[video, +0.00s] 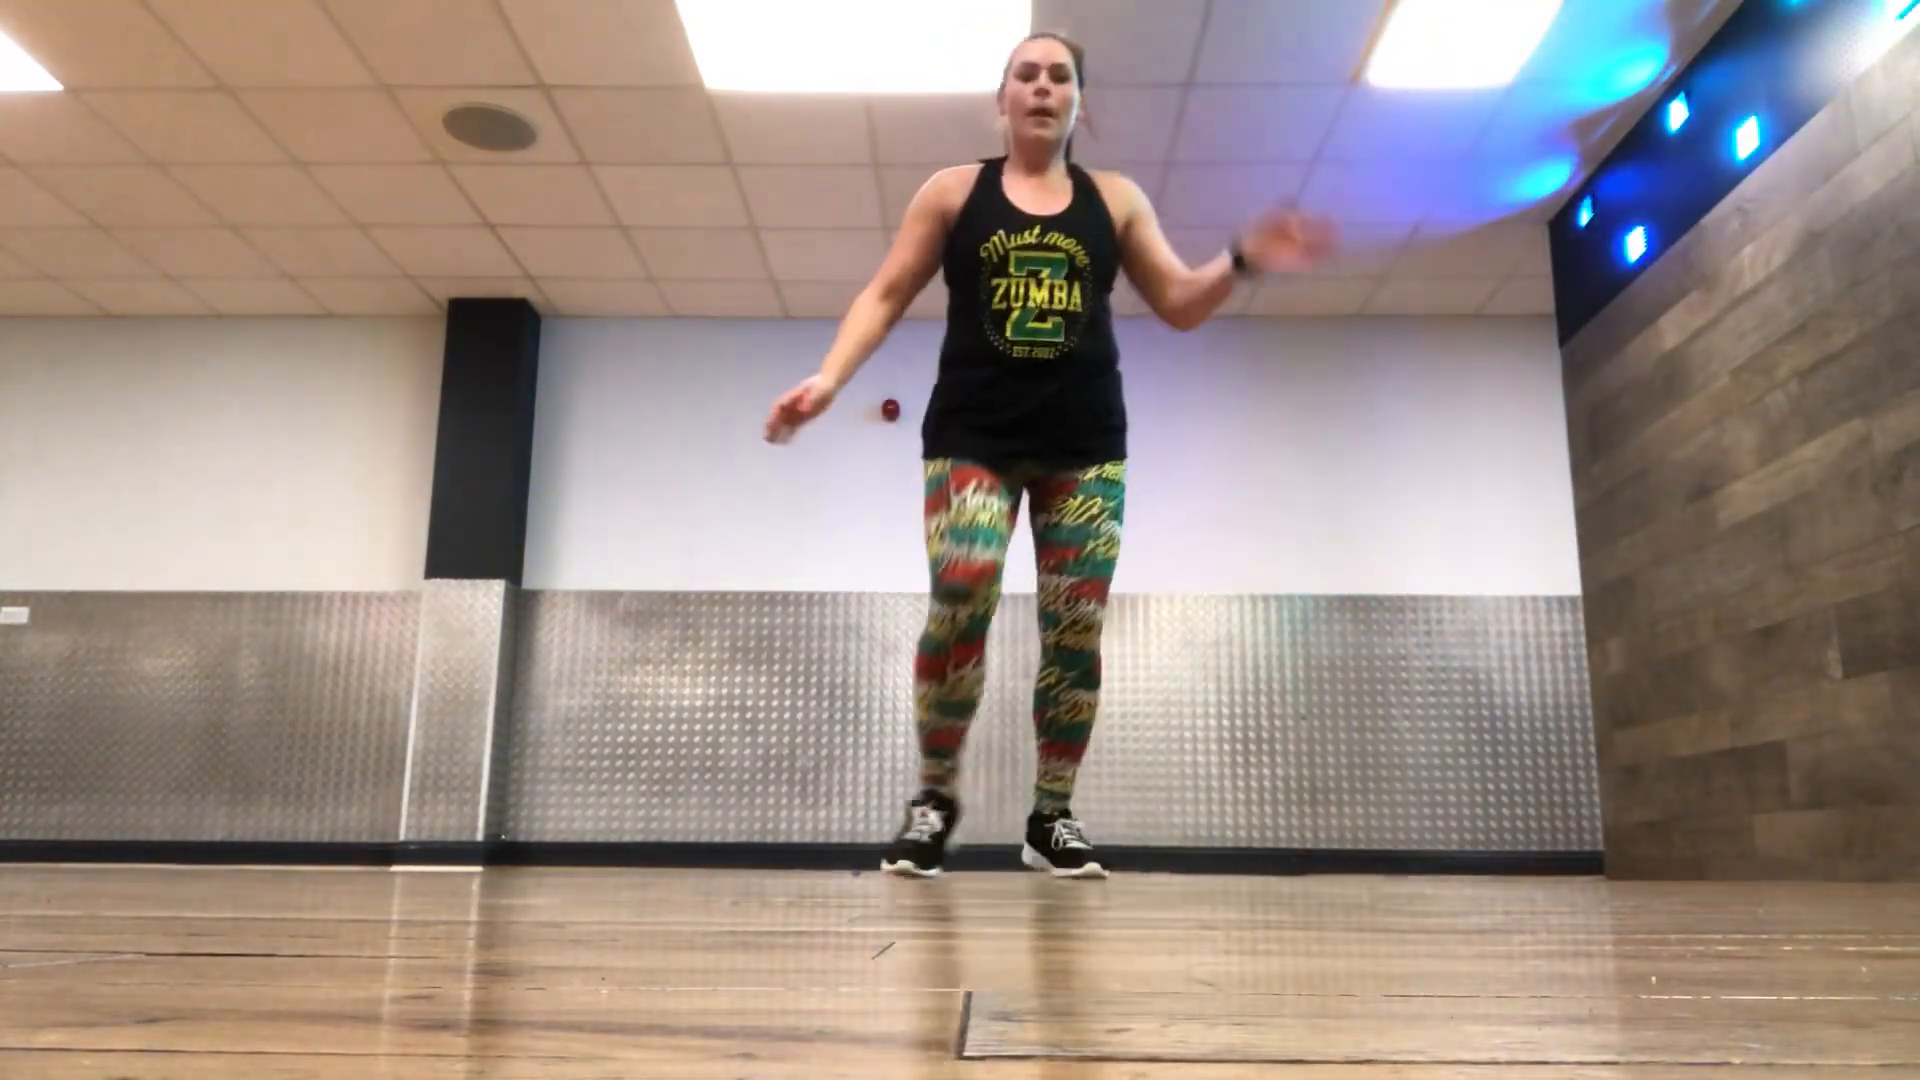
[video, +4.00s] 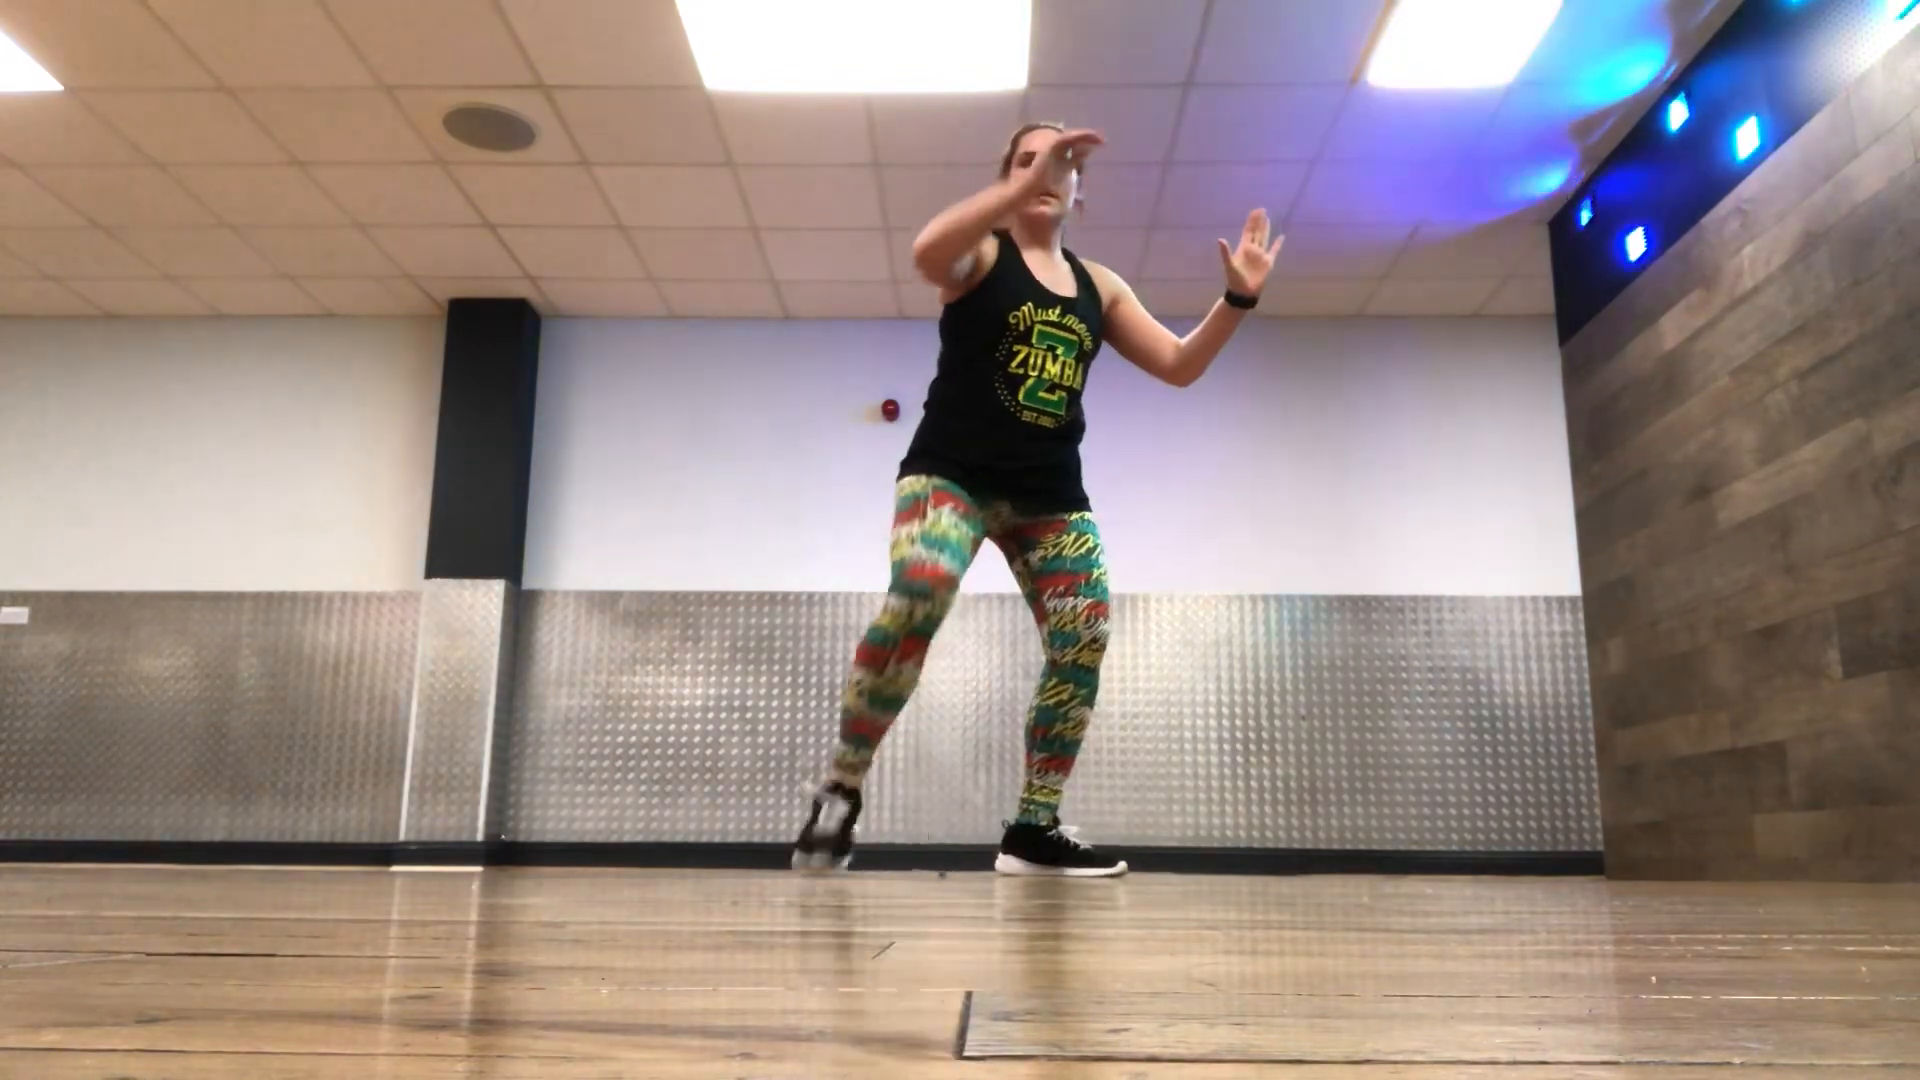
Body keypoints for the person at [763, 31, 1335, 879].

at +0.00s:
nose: (1044, 87)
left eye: (1059, 76)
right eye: (1029, 74)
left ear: (1079, 101)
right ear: (1001, 96)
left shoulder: (1115, 198)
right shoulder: (953, 193)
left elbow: (1181, 302)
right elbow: (885, 295)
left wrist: (1244, 257)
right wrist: (826, 380)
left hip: (1083, 442)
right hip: (974, 436)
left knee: (1078, 623)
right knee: (961, 597)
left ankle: (1053, 817)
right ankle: (934, 802)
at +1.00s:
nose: (1092, 167)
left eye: (1105, 156)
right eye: (1077, 156)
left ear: (1127, 176)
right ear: (1053, 176)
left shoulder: (1163, 262)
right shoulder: (1020, 250)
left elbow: (1190, 367)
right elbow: (1023, 353)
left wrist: (1146, 424)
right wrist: (1133, 411)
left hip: (1149, 490)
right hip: (1052, 488)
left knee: (1156, 653)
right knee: (1122, 619)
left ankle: (1122, 827)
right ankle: (1210, 798)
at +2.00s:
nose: (921, 165)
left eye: (937, 155)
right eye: (908, 154)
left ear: (960, 179)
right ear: (886, 175)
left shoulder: (990, 258)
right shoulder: (849, 259)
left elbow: (1008, 348)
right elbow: (818, 363)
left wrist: (937, 314)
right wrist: (846, 446)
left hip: (945, 479)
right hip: (856, 474)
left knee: (863, 618)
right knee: (861, 637)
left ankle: (786, 803)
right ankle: (899, 826)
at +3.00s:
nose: (1070, 184)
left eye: (1082, 176)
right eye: (1054, 173)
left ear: (1094, 200)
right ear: (1023, 193)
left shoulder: (1097, 301)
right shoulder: (996, 256)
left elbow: (1176, 368)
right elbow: (1048, 300)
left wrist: (1245, 304)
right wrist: (1163, 263)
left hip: (1067, 491)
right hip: (986, 478)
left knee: (1108, 632)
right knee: (1053, 588)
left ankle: (1035, 822)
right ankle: (1072, 810)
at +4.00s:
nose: (1047, 175)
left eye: (1060, 166)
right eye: (1030, 164)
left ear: (1075, 192)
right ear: (1007, 185)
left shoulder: (1098, 287)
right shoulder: (980, 257)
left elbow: (1179, 363)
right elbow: (930, 249)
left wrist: (1237, 299)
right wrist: (1026, 177)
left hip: (1048, 490)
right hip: (952, 474)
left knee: (1081, 637)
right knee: (919, 597)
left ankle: (1034, 828)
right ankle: (840, 792)